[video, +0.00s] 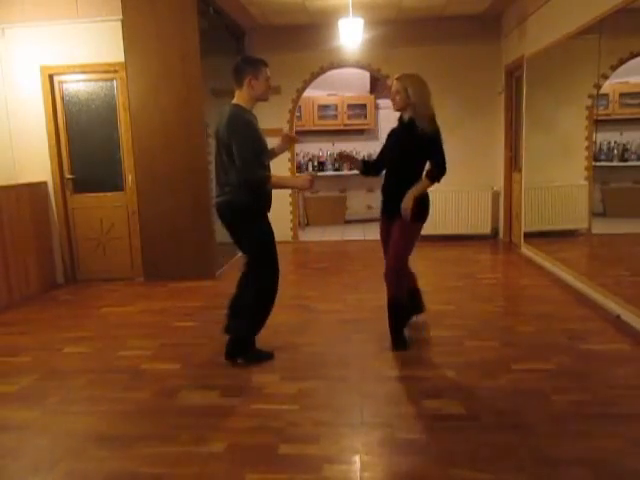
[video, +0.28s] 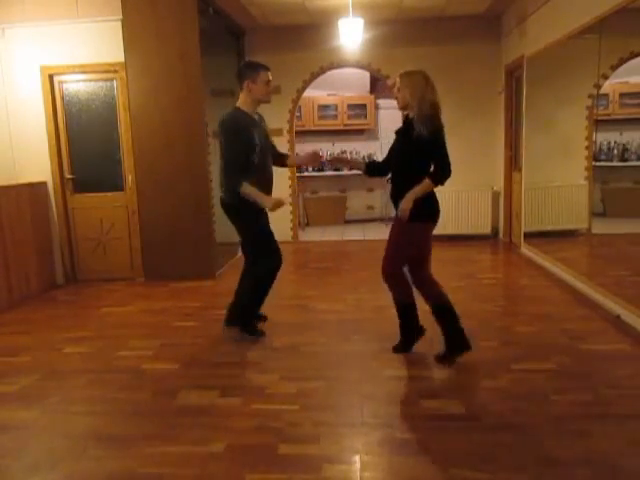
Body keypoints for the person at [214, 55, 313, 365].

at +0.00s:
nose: (270, 85)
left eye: (269, 79)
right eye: (266, 79)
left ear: (247, 82)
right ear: (251, 82)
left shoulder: (235, 116)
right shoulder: (241, 119)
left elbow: (252, 161)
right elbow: (253, 174)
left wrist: (282, 147)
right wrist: (294, 182)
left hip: (235, 205)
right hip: (244, 207)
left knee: (258, 265)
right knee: (266, 271)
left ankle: (236, 326)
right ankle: (242, 344)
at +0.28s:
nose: (271, 88)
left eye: (270, 83)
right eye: (266, 83)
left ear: (252, 86)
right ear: (248, 85)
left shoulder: (256, 120)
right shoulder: (234, 122)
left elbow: (273, 156)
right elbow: (233, 177)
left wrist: (303, 160)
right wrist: (263, 199)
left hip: (252, 201)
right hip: (238, 201)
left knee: (259, 256)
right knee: (270, 257)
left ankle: (243, 310)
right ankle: (241, 316)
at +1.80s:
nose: (260, 71)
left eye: (260, 65)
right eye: (254, 65)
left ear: (258, 70)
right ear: (234, 69)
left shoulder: (261, 111)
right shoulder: (215, 104)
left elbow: (277, 152)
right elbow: (186, 148)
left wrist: (312, 160)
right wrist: (217, 167)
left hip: (262, 197)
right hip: (233, 197)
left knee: (262, 266)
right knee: (234, 265)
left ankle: (255, 329)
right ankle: (220, 327)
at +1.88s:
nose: (260, 71)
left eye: (260, 66)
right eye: (253, 66)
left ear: (256, 72)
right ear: (233, 70)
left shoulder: (261, 111)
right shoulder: (213, 106)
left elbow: (274, 152)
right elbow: (190, 152)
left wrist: (301, 160)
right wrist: (220, 164)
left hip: (263, 198)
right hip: (232, 198)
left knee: (261, 267)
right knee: (234, 268)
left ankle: (256, 330)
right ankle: (220, 335)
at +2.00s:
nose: (257, 73)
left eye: (257, 68)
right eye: (250, 68)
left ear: (249, 72)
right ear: (231, 71)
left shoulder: (257, 114)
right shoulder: (214, 110)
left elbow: (274, 154)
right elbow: (206, 159)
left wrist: (310, 170)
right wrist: (229, 186)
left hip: (261, 203)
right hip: (231, 204)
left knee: (260, 269)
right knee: (231, 274)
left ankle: (256, 330)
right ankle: (225, 348)